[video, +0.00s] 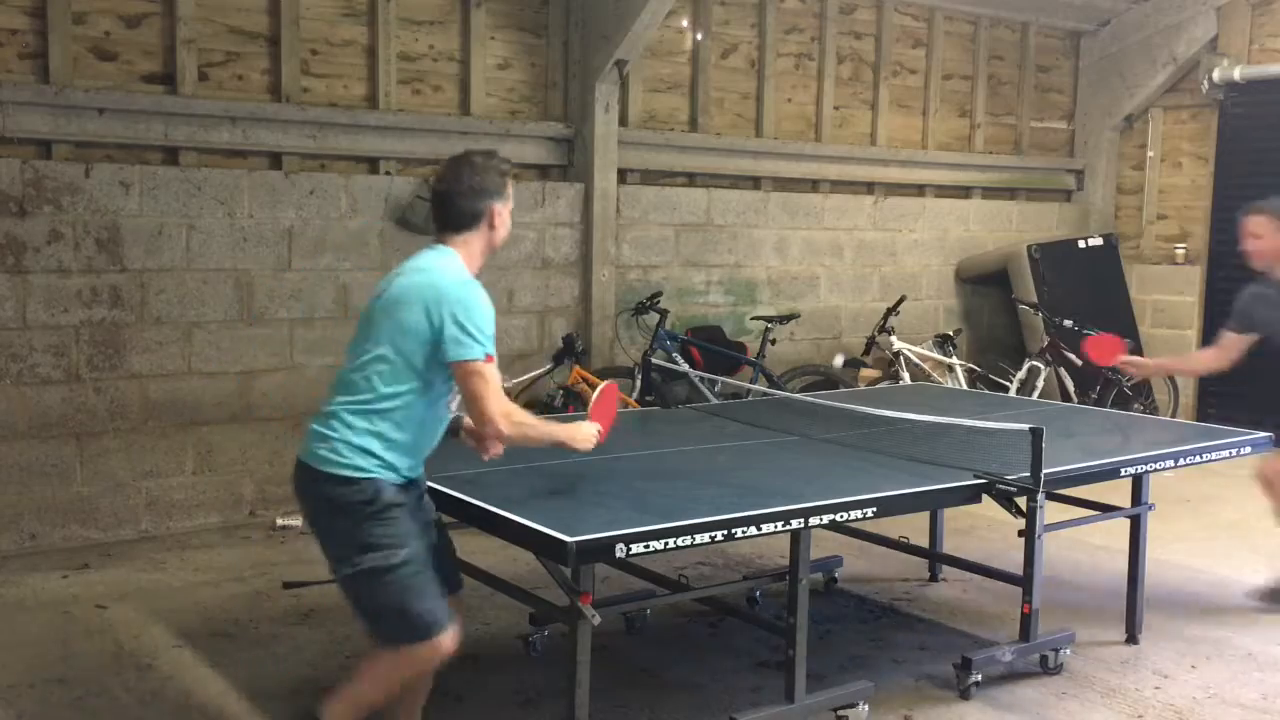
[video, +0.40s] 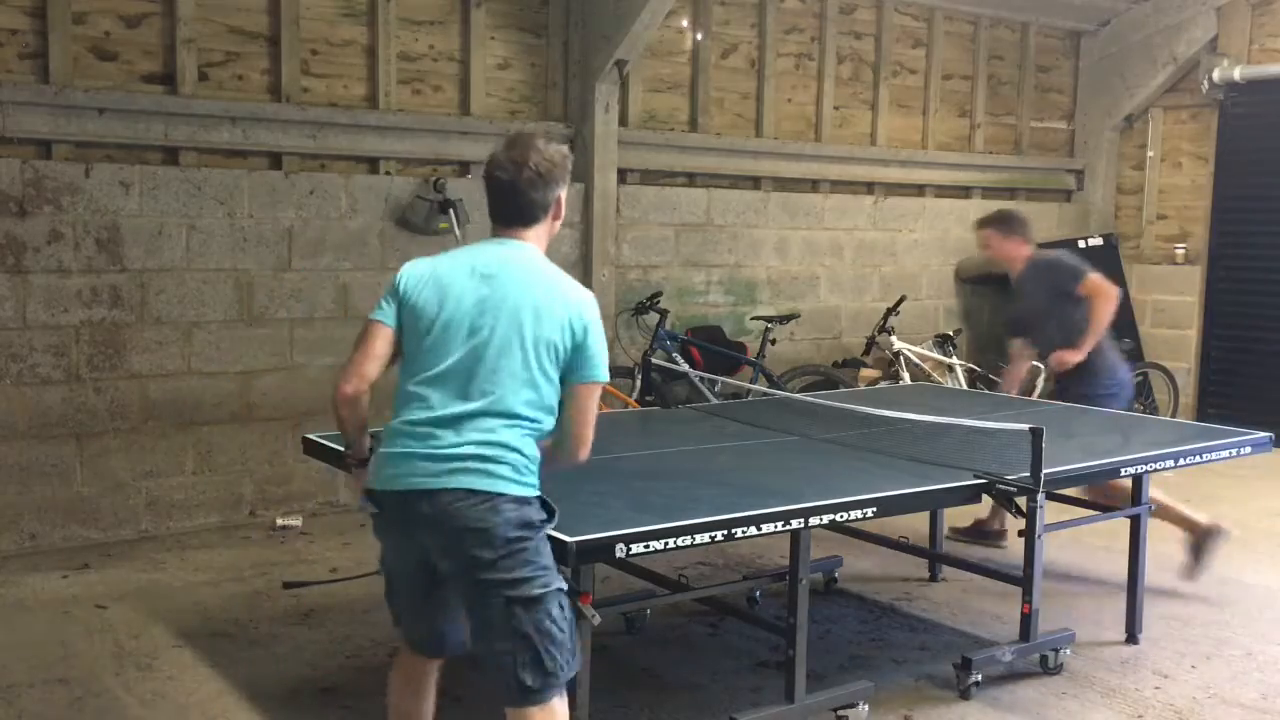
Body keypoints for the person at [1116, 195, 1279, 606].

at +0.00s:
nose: (1248, 246)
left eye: (1259, 236)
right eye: (1246, 236)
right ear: (1244, 240)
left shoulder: (1262, 296)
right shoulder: (1262, 294)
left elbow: (1220, 357)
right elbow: (1220, 356)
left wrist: (1151, 365)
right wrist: (1152, 365)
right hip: (1274, 417)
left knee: (1270, 472)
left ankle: (1279, 585)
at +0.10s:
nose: (1180, 242)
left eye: (1188, 232)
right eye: (1179, 233)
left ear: (1222, 233)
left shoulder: (1268, 271)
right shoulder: (1195, 289)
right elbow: (1172, 348)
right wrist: (1107, 368)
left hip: (1276, 401)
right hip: (1257, 403)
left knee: (1223, 477)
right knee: (1271, 498)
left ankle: (1268, 575)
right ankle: (1266, 573)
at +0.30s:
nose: (1042, 248)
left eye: (1047, 238)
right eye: (1040, 240)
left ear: (1074, 232)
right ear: (1063, 237)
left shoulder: (1112, 255)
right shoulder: (1070, 279)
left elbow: (1163, 295)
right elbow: (1085, 347)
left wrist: (1122, 342)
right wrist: (1054, 394)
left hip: (1173, 373)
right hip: (1133, 379)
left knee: (1159, 476)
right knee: (1082, 438)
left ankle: (1251, 557)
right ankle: (1055, 522)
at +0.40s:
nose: (985, 253)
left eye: (988, 244)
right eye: (984, 245)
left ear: (1012, 240)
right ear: (1007, 243)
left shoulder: (1050, 262)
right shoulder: (1021, 291)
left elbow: (1108, 292)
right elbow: (1020, 358)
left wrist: (1080, 349)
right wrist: (998, 412)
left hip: (1103, 382)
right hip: (1072, 386)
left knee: (1100, 485)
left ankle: (1198, 528)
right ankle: (994, 521)